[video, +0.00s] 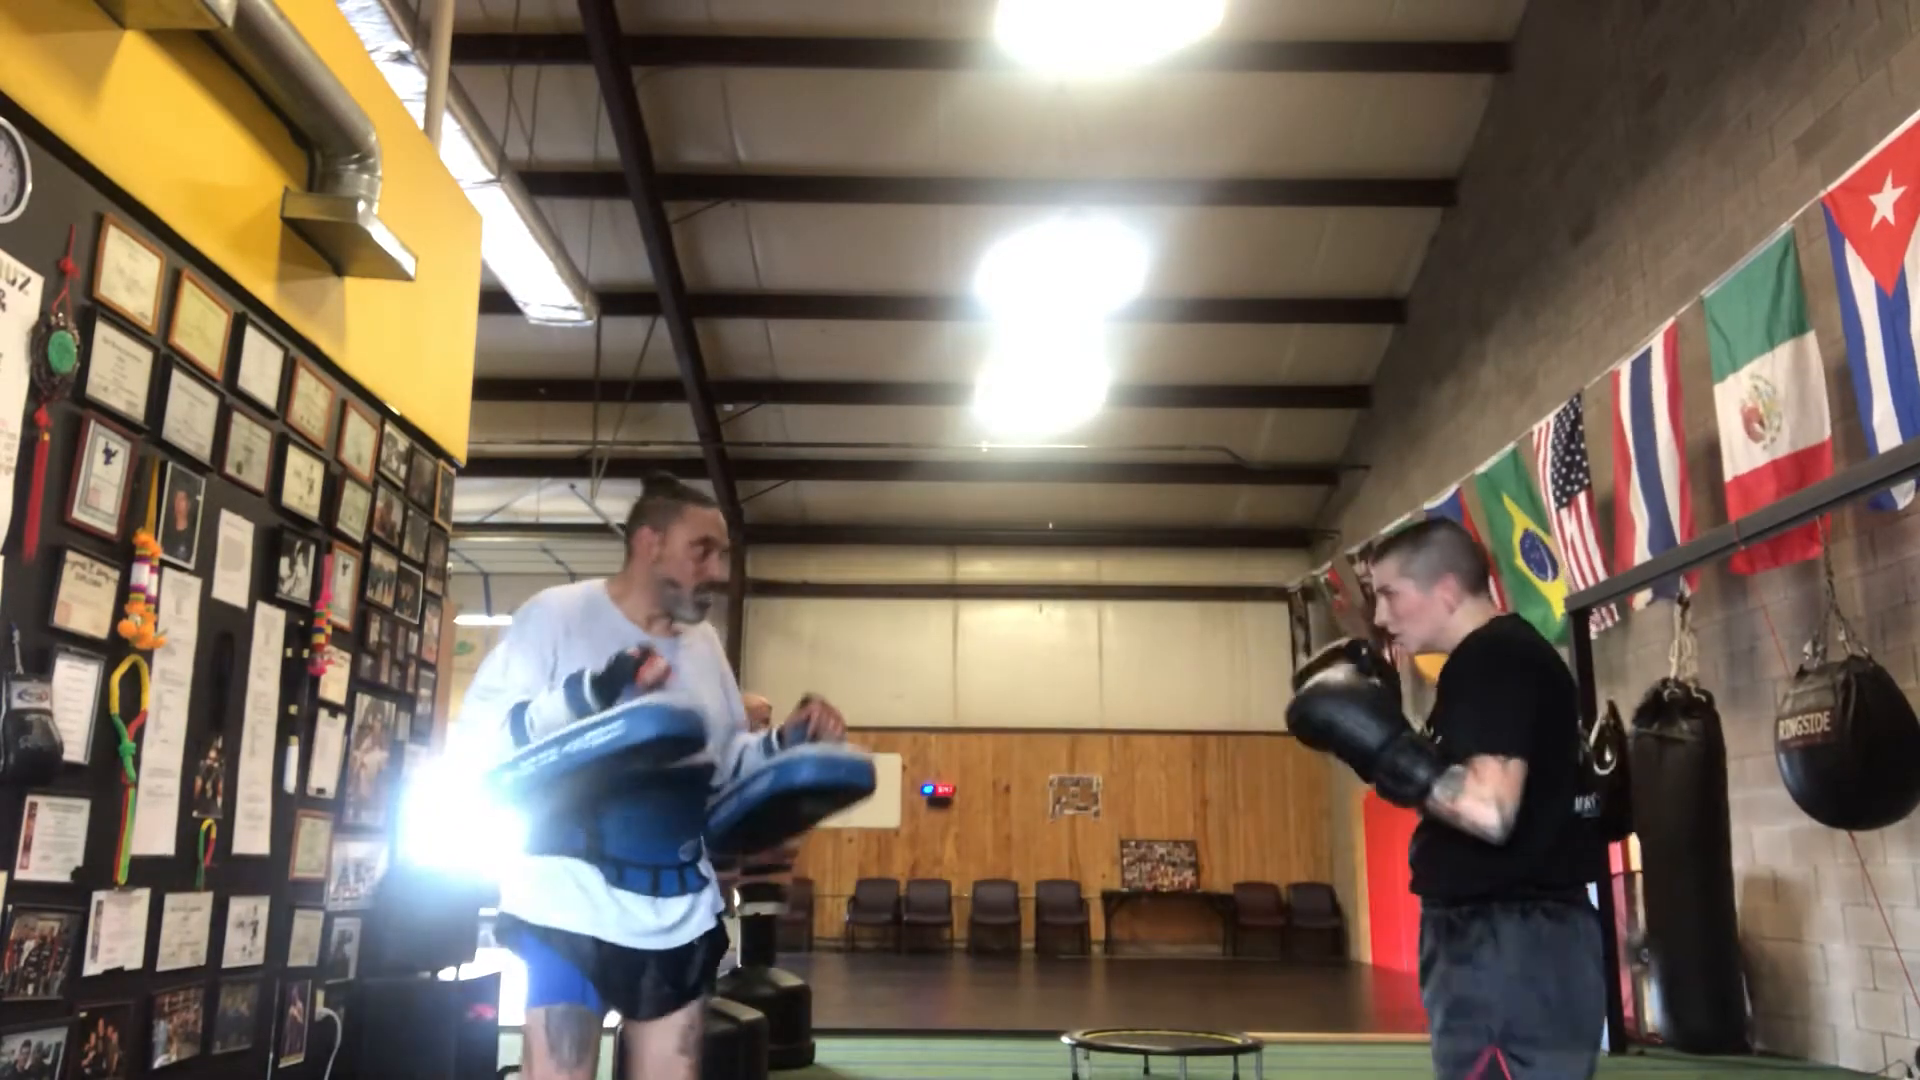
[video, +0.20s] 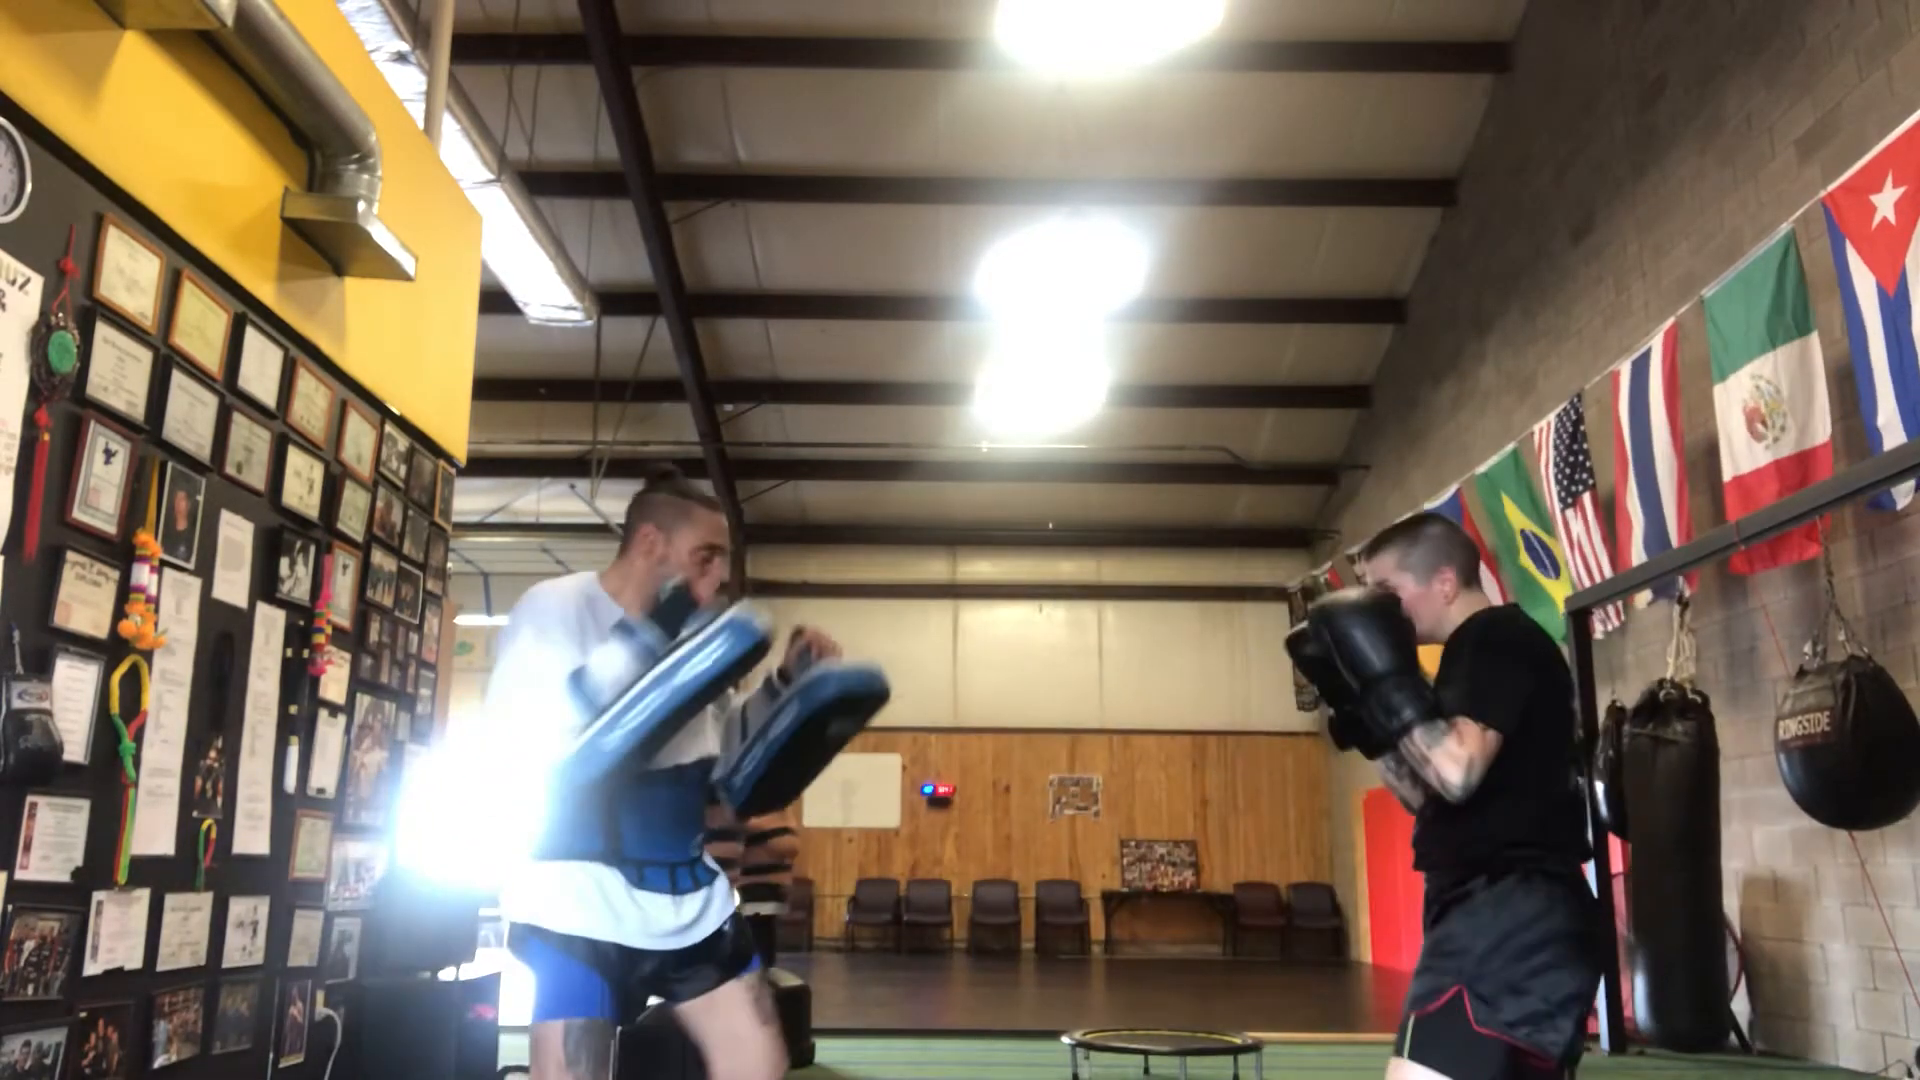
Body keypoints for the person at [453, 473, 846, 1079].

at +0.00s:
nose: (719, 570)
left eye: (723, 555)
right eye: (703, 549)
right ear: (646, 543)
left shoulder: (703, 645)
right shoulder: (556, 615)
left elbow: (728, 762)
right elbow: (475, 741)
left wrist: (790, 737)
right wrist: (591, 694)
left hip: (680, 917)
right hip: (566, 910)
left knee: (672, 1072)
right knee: (560, 1073)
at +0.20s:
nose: (722, 576)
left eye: (726, 561)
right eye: (707, 555)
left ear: (654, 545)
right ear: (650, 544)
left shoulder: (696, 644)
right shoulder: (555, 608)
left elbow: (731, 760)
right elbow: (522, 752)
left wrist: (789, 682)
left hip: (691, 904)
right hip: (575, 905)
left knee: (757, 1063)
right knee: (570, 1074)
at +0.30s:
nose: (723, 577)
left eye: (730, 564)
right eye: (716, 556)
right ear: (668, 537)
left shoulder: (694, 633)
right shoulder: (567, 598)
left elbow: (733, 748)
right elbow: (583, 726)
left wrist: (794, 654)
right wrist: (680, 602)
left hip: (694, 899)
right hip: (581, 901)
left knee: (776, 1055)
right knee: (569, 1072)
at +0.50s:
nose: (729, 568)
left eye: (744, 558)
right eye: (722, 552)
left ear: (744, 565)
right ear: (694, 543)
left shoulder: (731, 644)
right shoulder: (607, 593)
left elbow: (777, 746)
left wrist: (840, 643)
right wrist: (738, 560)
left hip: (713, 911)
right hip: (602, 910)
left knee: (776, 1069)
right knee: (581, 1072)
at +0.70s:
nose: (795, 559)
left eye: (809, 549)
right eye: (786, 541)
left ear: (818, 562)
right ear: (750, 541)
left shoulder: (792, 665)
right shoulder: (664, 598)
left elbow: (830, 780)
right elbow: (697, 689)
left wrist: (902, 699)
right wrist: (764, 569)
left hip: (774, 927)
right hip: (658, 922)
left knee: (808, 1068)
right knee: (616, 1071)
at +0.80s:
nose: (861, 566)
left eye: (866, 551)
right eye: (849, 540)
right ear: (812, 533)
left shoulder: (839, 663)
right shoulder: (692, 590)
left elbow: (895, 750)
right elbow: (702, 673)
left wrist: (971, 669)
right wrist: (783, 571)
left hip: (797, 916)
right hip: (673, 909)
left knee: (822, 1066)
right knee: (631, 1068)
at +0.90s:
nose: (849, 563)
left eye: (861, 552)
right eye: (836, 541)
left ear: (875, 568)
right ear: (805, 539)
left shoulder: (882, 660)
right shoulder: (717, 592)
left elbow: (987, 702)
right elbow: (695, 667)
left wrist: (1071, 629)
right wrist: (802, 580)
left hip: (808, 899)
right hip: (687, 887)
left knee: (827, 1067)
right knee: (645, 1061)